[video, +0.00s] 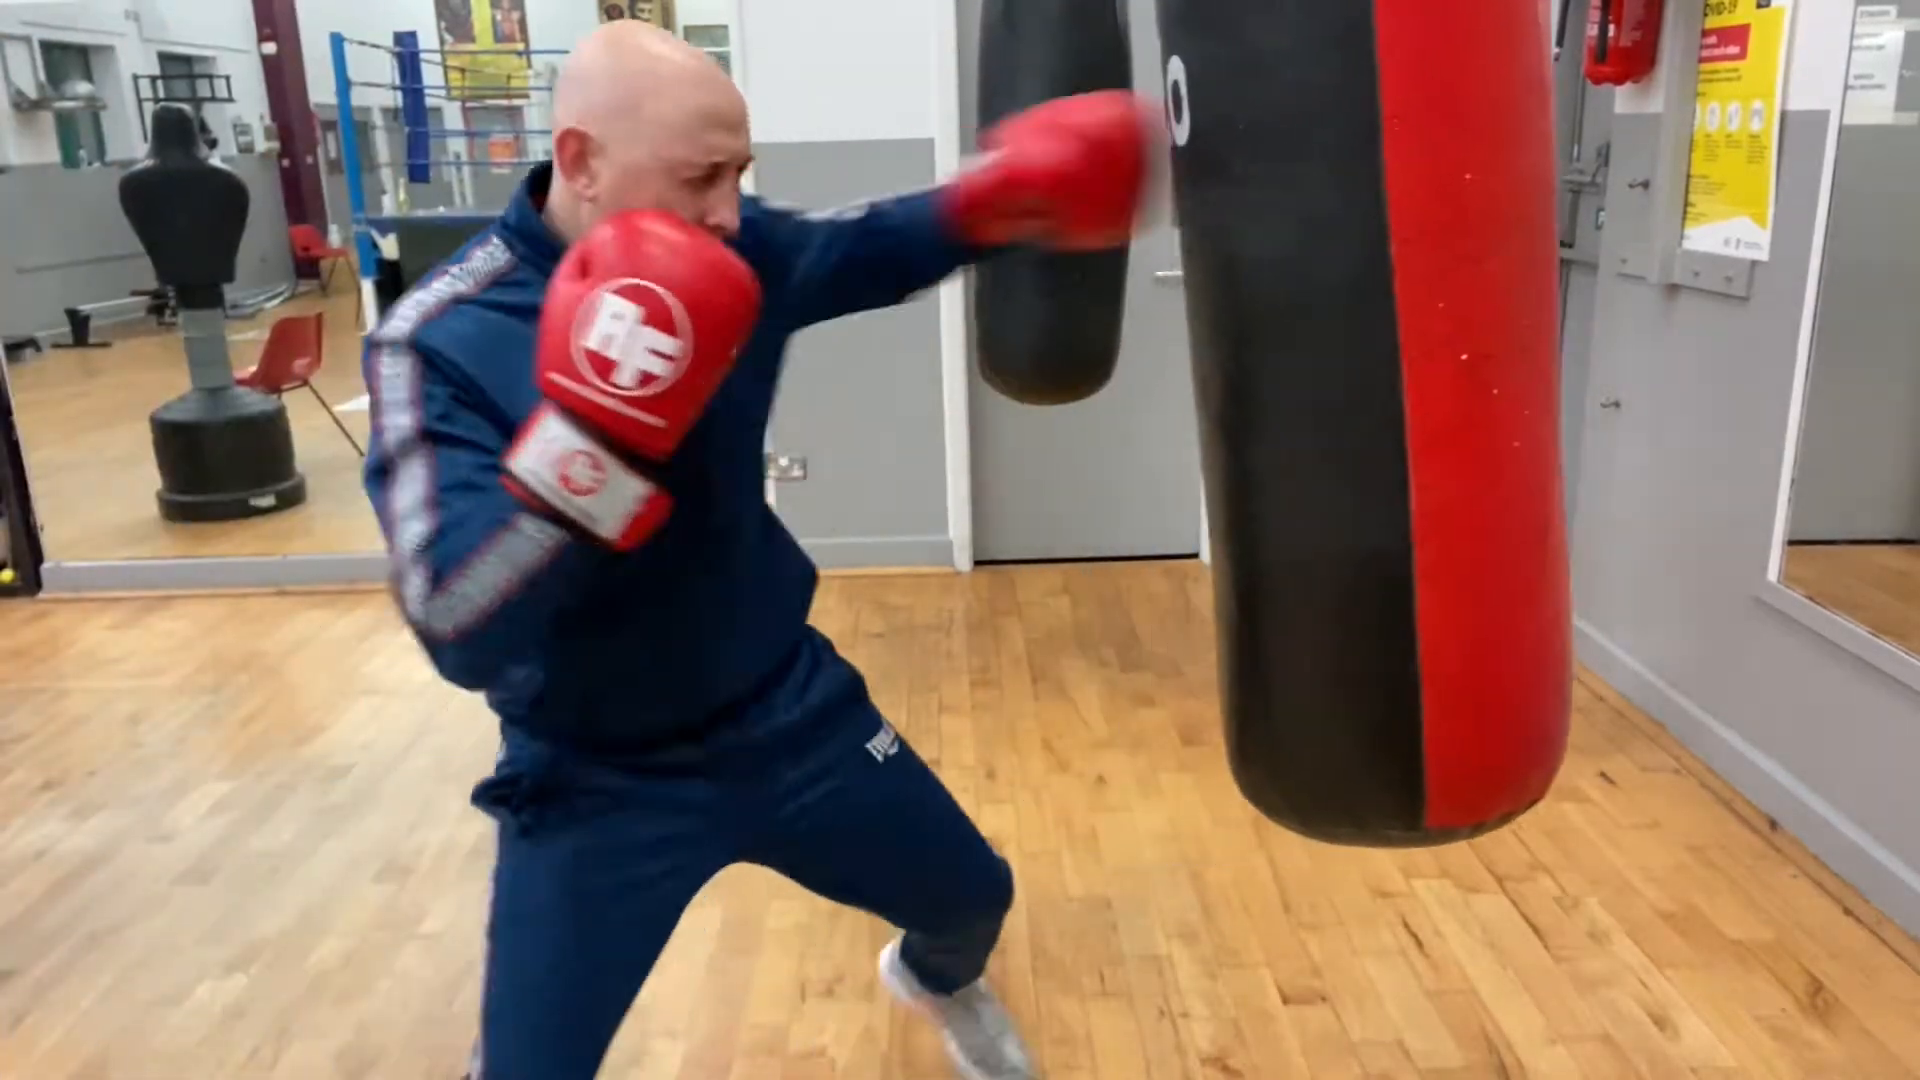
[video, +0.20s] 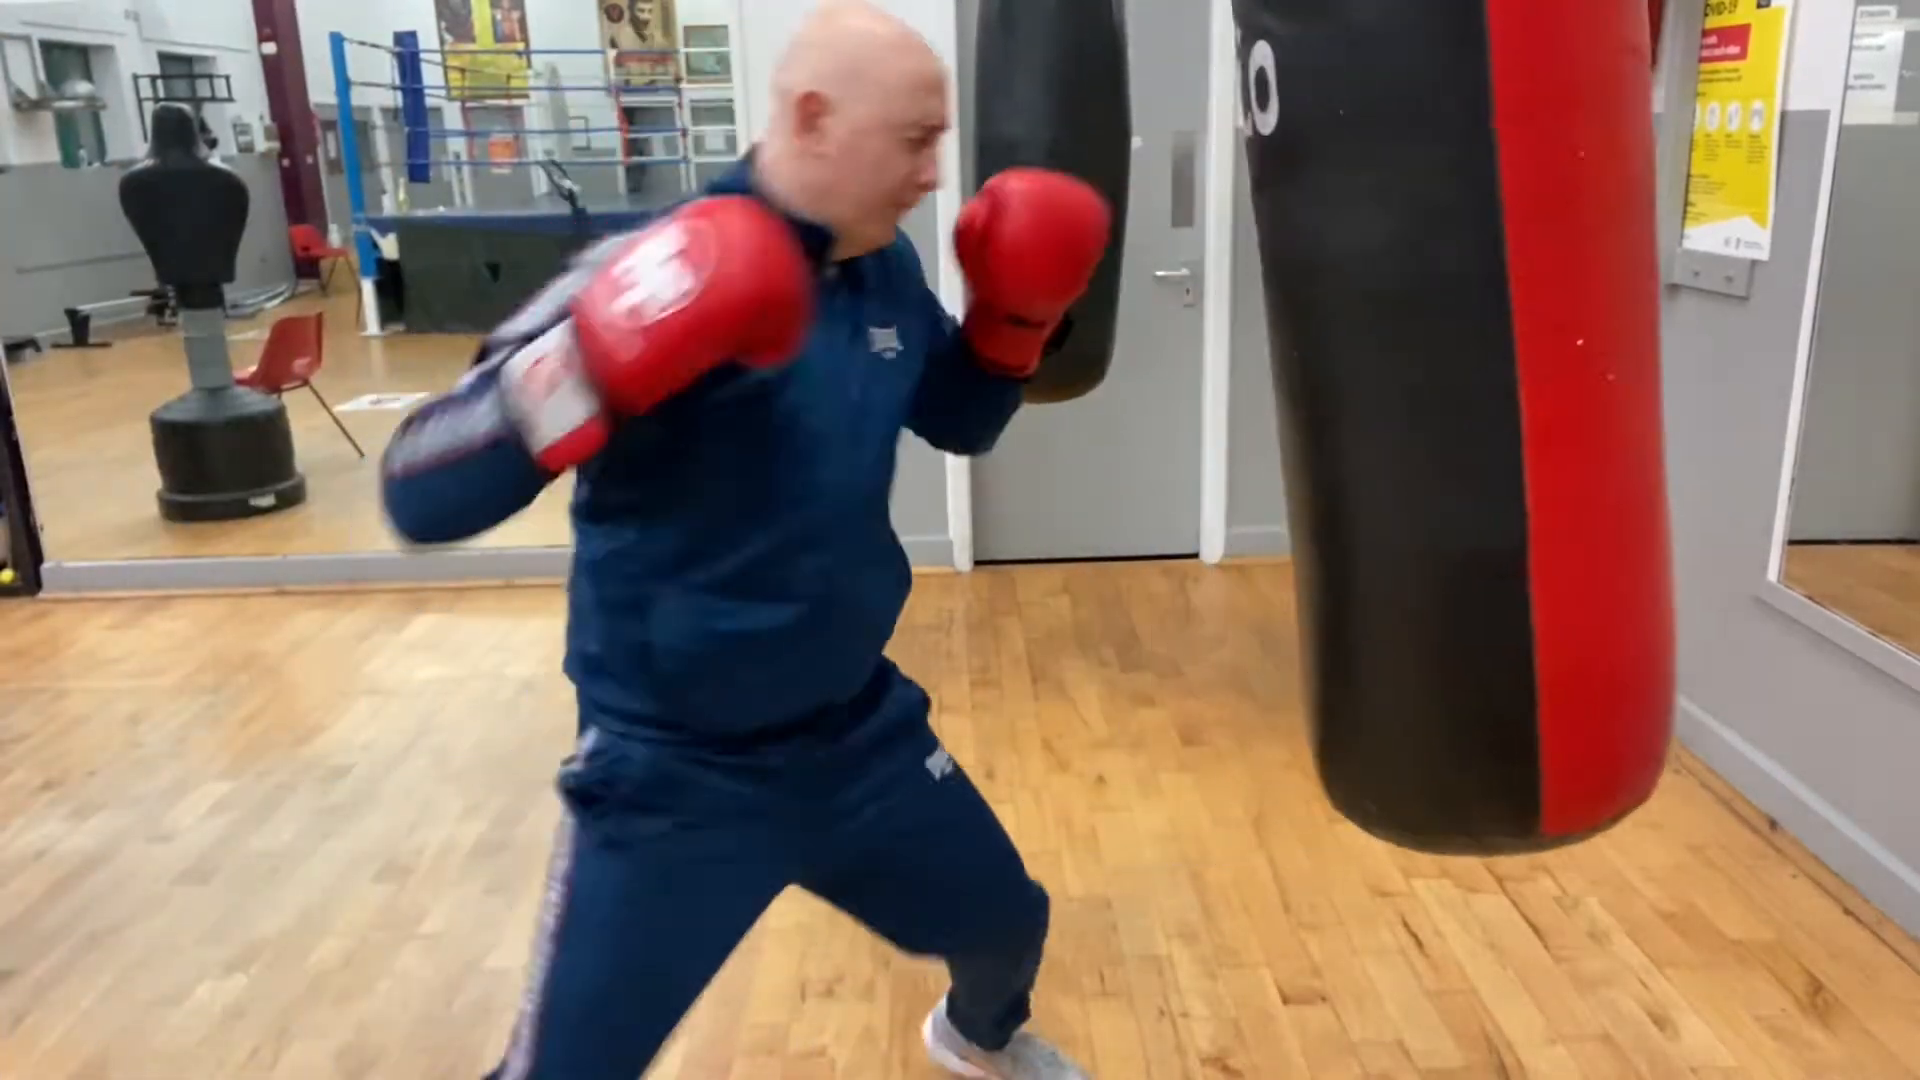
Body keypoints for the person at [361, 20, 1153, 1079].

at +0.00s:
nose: (732, 212)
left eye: (736, 178)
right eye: (702, 181)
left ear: (742, 168)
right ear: (578, 165)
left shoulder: (738, 254)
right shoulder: (439, 343)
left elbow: (869, 250)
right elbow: (459, 628)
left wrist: (1010, 189)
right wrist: (598, 432)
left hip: (789, 717)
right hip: (595, 782)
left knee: (972, 899)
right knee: (524, 1070)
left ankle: (936, 982)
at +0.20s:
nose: (934, 174)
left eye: (936, 141)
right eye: (917, 139)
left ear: (823, 125)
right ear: (813, 121)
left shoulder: (881, 270)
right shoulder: (651, 270)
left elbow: (959, 416)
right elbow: (418, 497)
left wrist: (1013, 319)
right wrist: (594, 362)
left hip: (854, 734)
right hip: (672, 770)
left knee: (1009, 923)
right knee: (561, 1066)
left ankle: (980, 1040)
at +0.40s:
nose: (1054, 190)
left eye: (1061, 167)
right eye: (1036, 163)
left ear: (958, 140)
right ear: (943, 136)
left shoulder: (961, 243)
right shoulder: (834, 192)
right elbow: (905, 294)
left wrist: (1041, 326)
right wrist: (1114, 215)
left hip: (853, 666)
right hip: (727, 677)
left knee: (995, 840)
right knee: (595, 1044)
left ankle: (979, 1039)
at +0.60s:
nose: (899, 165)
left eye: (907, 132)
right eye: (871, 133)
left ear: (916, 117)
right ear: (767, 115)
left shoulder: (874, 258)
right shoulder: (638, 248)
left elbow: (954, 446)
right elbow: (608, 491)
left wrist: (1003, 332)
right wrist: (751, 325)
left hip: (853, 703)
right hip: (682, 738)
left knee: (1001, 873)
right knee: (657, 1069)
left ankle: (983, 1042)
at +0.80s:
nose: (732, 75)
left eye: (750, 38)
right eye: (704, 36)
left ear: (767, 23)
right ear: (595, 13)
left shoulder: (731, 145)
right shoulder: (456, 149)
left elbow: (838, 360)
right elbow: (450, 435)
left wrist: (880, 237)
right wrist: (608, 256)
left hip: (727, 647)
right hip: (537, 685)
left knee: (872, 885)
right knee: (513, 1050)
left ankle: (858, 1065)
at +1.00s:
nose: (629, 176)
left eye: (649, 136)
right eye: (598, 138)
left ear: (668, 110)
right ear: (478, 97)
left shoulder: (657, 230)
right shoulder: (324, 251)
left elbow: (745, 448)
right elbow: (321, 559)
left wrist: (787, 355)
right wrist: (477, 399)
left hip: (648, 747)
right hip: (419, 782)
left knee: (801, 994)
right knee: (317, 1069)